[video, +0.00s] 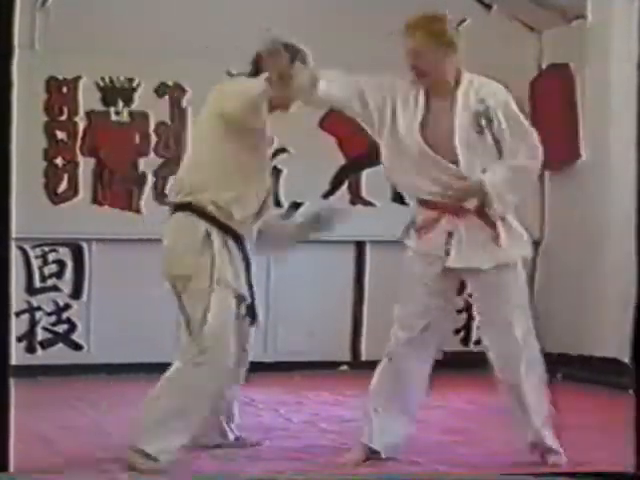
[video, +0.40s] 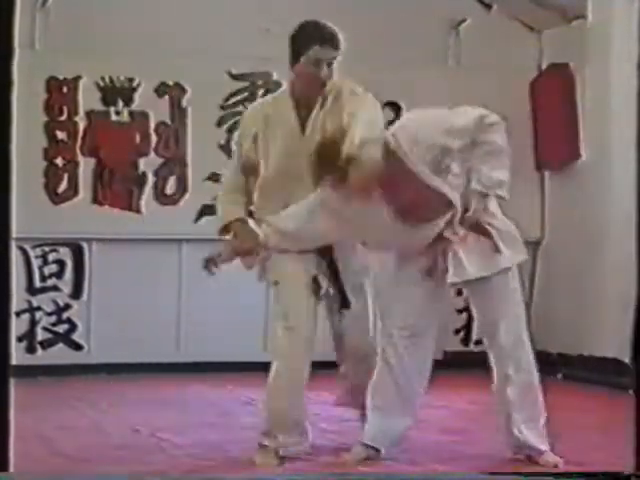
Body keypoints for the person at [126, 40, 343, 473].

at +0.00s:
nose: (294, 99)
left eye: (299, 91)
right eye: (293, 86)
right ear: (271, 71)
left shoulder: (260, 141)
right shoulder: (229, 93)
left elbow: (261, 226)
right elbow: (242, 103)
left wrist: (313, 219)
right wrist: (272, 83)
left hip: (227, 243)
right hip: (198, 232)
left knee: (233, 340)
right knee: (215, 344)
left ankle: (214, 428)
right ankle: (150, 445)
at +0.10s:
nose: (319, 74)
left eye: (323, 65)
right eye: (315, 62)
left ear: (298, 63)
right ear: (289, 57)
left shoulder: (299, 117)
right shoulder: (237, 90)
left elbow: (305, 169)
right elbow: (199, 140)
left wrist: (342, 160)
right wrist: (239, 146)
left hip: (252, 235)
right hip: (213, 230)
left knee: (264, 335)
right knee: (252, 328)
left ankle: (226, 427)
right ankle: (215, 428)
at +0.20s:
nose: (323, 69)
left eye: (326, 60)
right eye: (317, 58)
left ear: (310, 60)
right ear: (291, 55)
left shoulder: (319, 111)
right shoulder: (240, 98)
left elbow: (334, 165)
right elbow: (200, 160)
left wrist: (354, 187)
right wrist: (241, 184)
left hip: (275, 237)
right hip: (227, 234)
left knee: (294, 334)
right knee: (273, 325)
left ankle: (240, 412)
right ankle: (269, 438)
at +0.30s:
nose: (323, 72)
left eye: (328, 63)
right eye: (315, 62)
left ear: (331, 65)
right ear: (288, 60)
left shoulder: (335, 112)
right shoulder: (250, 115)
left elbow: (358, 172)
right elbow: (215, 181)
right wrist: (236, 222)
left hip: (316, 239)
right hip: (263, 240)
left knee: (342, 339)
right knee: (291, 333)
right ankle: (275, 439)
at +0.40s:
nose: (327, 73)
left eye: (333, 64)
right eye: (318, 63)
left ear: (338, 63)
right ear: (295, 63)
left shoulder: (356, 104)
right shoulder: (261, 115)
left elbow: (368, 160)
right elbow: (236, 178)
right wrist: (235, 222)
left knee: (361, 327)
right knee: (292, 334)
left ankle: (363, 397)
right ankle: (280, 437)